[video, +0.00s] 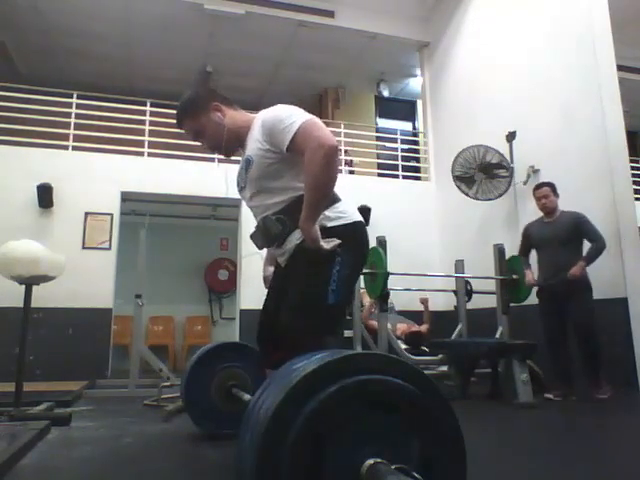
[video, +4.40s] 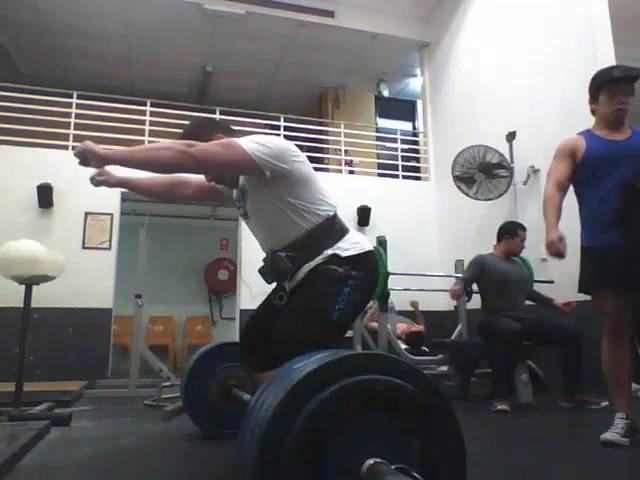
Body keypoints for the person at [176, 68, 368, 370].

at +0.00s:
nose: (203, 146)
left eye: (200, 134)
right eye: (196, 140)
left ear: (219, 112)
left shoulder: (271, 119)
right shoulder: (247, 168)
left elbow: (324, 147)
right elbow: (277, 213)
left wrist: (308, 222)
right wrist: (271, 256)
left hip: (329, 236)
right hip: (296, 251)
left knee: (303, 338)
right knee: (271, 338)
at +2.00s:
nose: (199, 163)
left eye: (194, 153)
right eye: (191, 159)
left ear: (207, 127)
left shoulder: (265, 126)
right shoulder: (240, 174)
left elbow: (318, 162)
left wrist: (281, 227)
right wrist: (266, 238)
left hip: (330, 244)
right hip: (297, 257)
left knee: (298, 340)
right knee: (264, 342)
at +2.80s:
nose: (198, 161)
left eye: (194, 151)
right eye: (191, 157)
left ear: (210, 127)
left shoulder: (272, 130)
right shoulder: (241, 178)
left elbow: (276, 182)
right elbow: (236, 228)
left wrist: (263, 246)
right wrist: (223, 265)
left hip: (328, 245)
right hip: (296, 260)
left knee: (288, 337)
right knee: (258, 336)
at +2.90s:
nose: (200, 162)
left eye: (197, 151)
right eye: (193, 157)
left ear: (213, 126)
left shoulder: (272, 133)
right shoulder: (236, 175)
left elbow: (257, 174)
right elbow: (212, 219)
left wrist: (220, 216)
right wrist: (179, 262)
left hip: (330, 247)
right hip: (292, 263)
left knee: (290, 339)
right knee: (258, 338)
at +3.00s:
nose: (204, 157)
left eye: (201, 148)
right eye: (197, 154)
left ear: (215, 125)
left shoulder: (278, 134)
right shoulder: (241, 177)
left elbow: (227, 158)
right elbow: (204, 207)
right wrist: (150, 233)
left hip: (331, 250)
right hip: (294, 264)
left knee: (294, 342)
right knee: (257, 338)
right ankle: (283, 426)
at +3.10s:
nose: (208, 147)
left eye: (206, 140)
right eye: (201, 144)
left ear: (219, 123)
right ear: (213, 133)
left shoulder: (278, 134)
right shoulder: (238, 177)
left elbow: (210, 147)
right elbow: (188, 197)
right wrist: (131, 207)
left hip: (333, 251)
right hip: (296, 267)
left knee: (288, 346)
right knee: (257, 345)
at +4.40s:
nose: (202, 163)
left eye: (201, 154)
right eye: (195, 157)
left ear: (217, 137)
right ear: (213, 144)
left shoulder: (273, 150)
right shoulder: (237, 184)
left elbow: (190, 155)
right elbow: (181, 189)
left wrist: (109, 152)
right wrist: (122, 180)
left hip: (342, 265)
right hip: (304, 275)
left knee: (285, 352)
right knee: (254, 344)